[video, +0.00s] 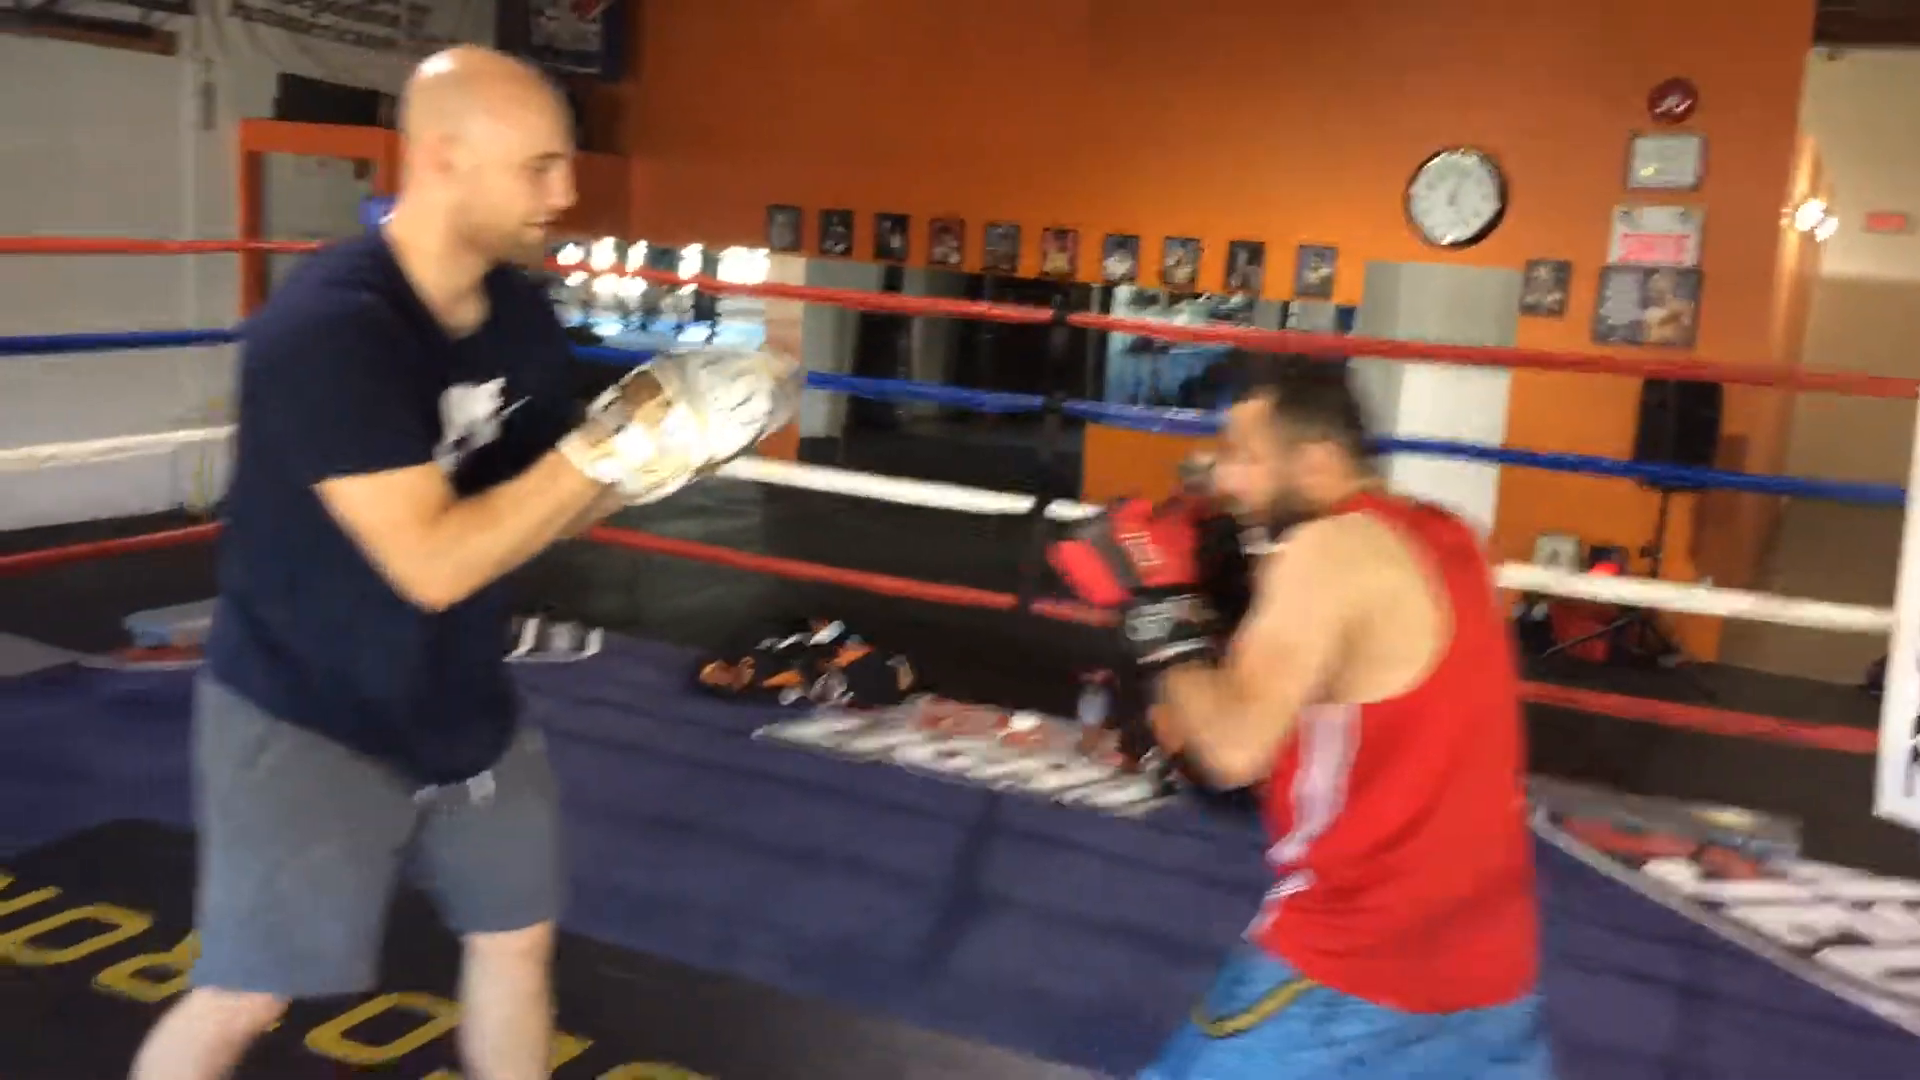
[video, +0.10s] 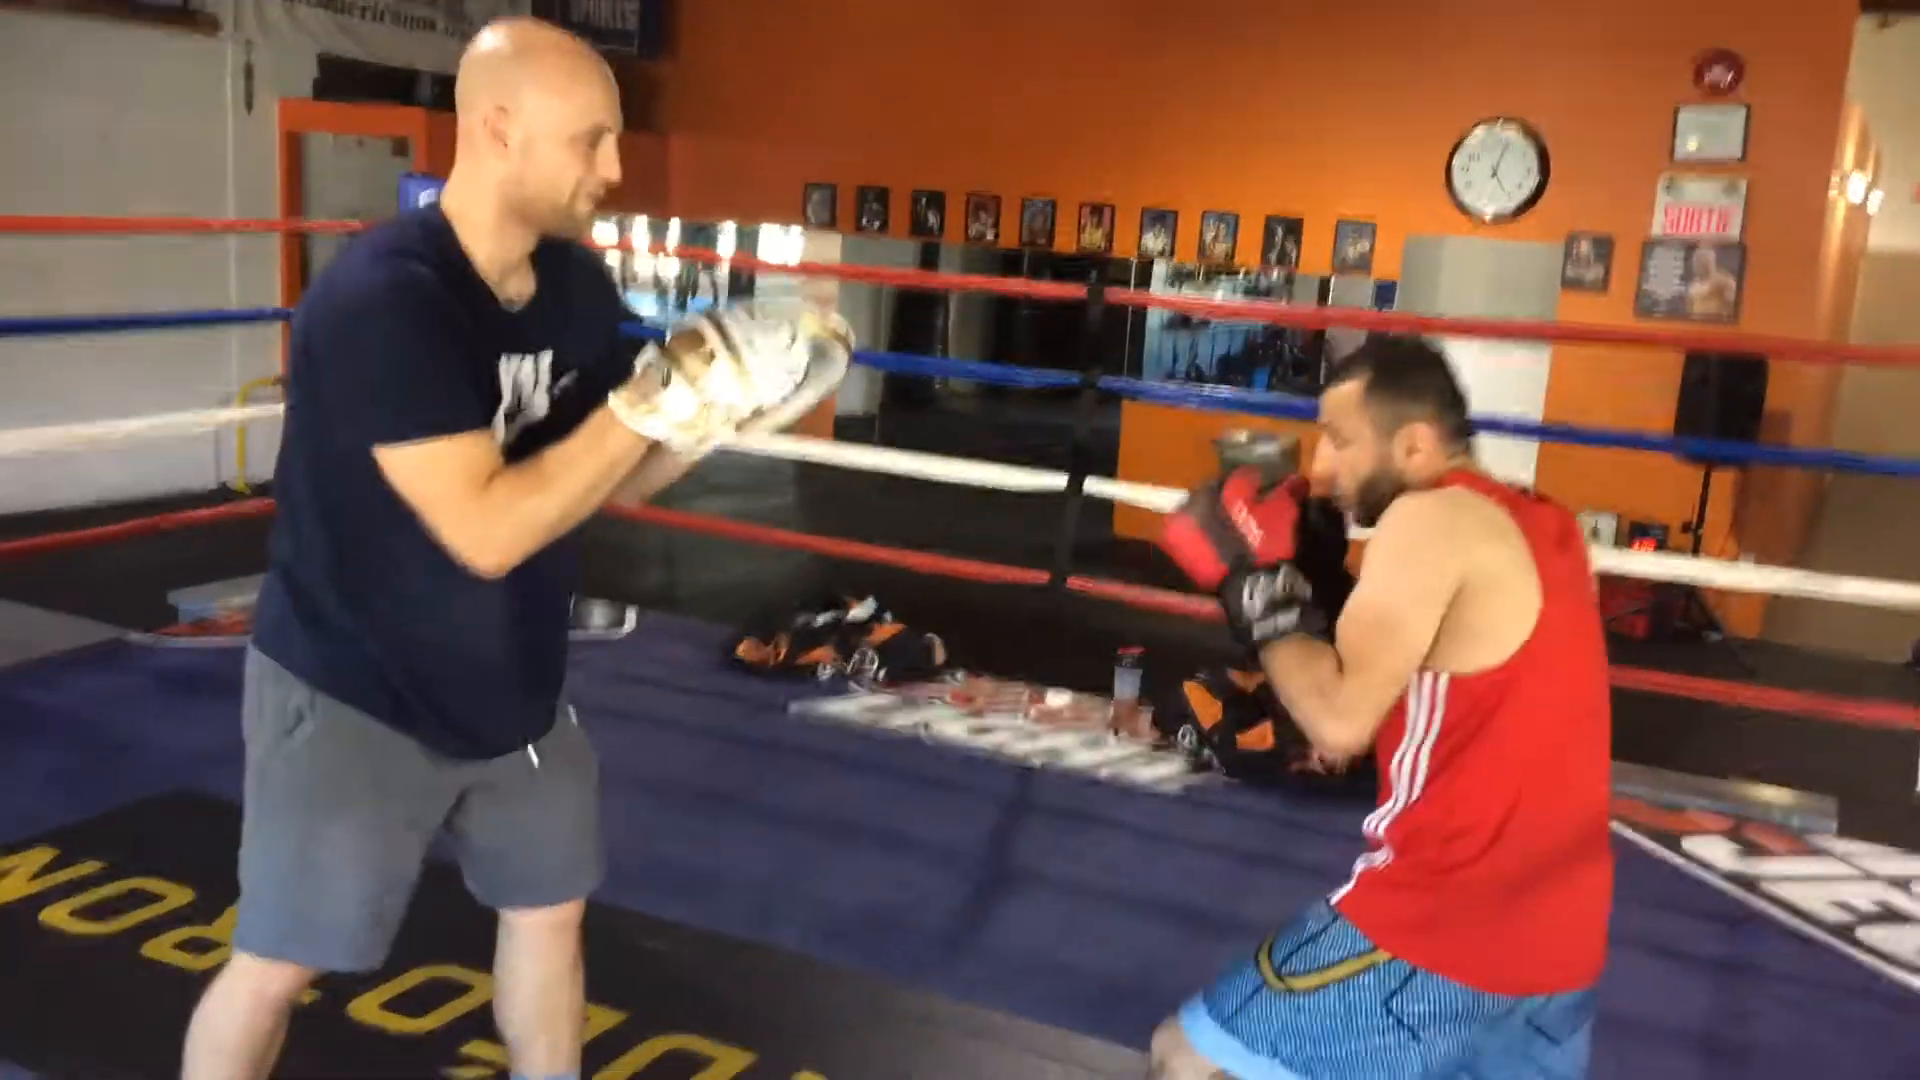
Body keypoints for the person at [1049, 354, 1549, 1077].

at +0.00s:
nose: (1223, 480)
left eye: (1243, 458)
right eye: (1226, 456)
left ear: (1317, 462)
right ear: (1328, 460)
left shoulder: (1329, 553)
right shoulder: (1447, 537)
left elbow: (1229, 746)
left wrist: (1158, 615)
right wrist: (1226, 584)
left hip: (1352, 969)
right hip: (1489, 970)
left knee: (1187, 1067)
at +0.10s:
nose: (1321, 466)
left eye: (1339, 442)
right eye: (1323, 441)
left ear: (1415, 445)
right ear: (1425, 447)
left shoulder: (1430, 523)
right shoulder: (1544, 522)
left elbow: (1340, 719)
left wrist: (1260, 587)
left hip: (1440, 933)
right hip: (1559, 936)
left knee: (1190, 1054)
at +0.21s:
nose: (1353, 459)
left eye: (1373, 433)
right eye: (1358, 432)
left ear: (1451, 442)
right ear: (1466, 444)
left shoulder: (1462, 525)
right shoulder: (1576, 528)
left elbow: (1350, 711)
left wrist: (1268, 573)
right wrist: (1327, 570)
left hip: (1446, 935)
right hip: (1562, 939)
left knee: (1182, 1039)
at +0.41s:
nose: (1286, 457)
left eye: (1308, 433)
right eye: (1292, 430)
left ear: (1387, 448)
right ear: (1397, 452)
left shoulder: (1400, 552)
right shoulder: (1493, 543)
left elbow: (1280, 744)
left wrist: (1194, 607)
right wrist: (1251, 587)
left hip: (1343, 943)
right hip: (1462, 954)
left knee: (1064, 1042)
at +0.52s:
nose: (1180, 437)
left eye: (1203, 417)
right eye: (1189, 411)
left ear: (1276, 438)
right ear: (1301, 444)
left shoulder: (1238, 533)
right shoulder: (1404, 551)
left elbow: (1052, 612)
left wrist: (973, 499)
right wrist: (1172, 521)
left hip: (1212, 963)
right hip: (1365, 967)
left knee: (1024, 1068)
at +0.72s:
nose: (1040, 440)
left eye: (1056, 417)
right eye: (1048, 416)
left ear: (1123, 438)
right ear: (1133, 439)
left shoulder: (1187, 560)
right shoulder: (1199, 517)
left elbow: (1129, 786)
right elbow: (1012, 527)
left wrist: (967, 740)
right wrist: (902, 483)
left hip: (1177, 966)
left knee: (951, 1071)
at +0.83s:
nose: (1074, 438)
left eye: (1087, 414)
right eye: (1079, 414)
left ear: (1150, 429)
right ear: (1163, 427)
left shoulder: (1158, 538)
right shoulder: (1289, 533)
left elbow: (1156, 733)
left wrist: (997, 733)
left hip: (1148, 951)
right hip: (1289, 951)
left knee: (920, 1066)